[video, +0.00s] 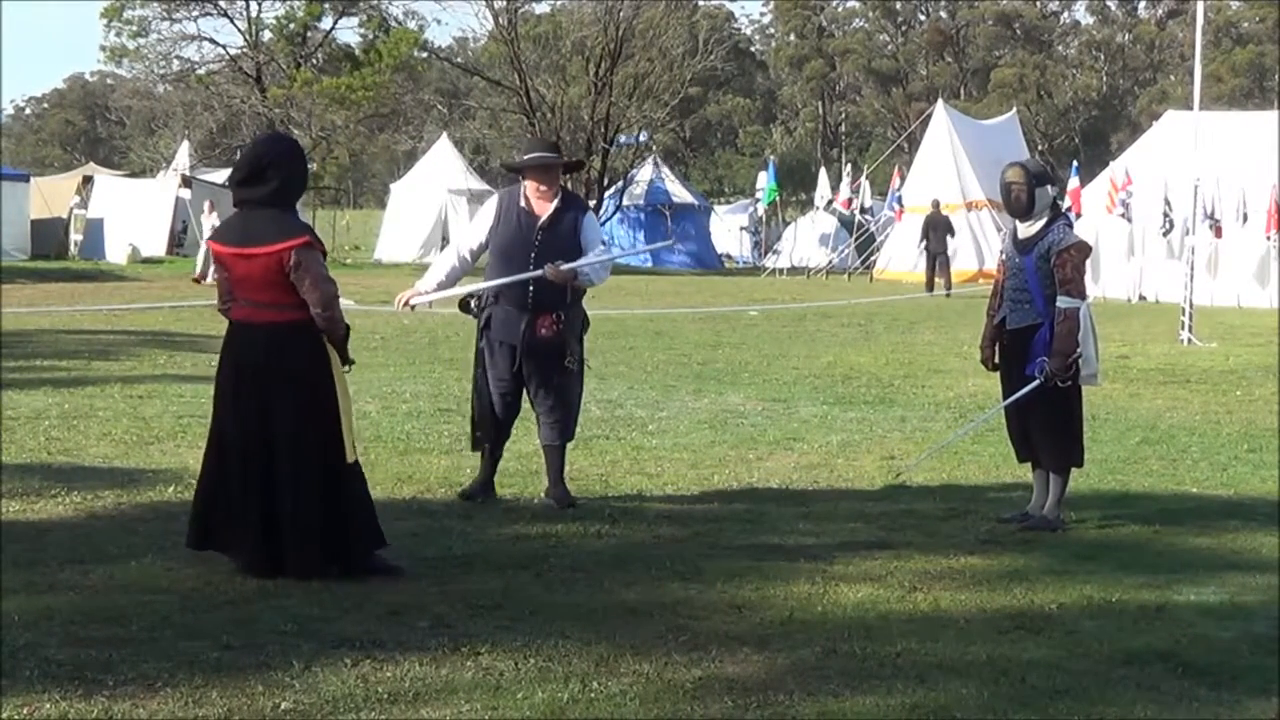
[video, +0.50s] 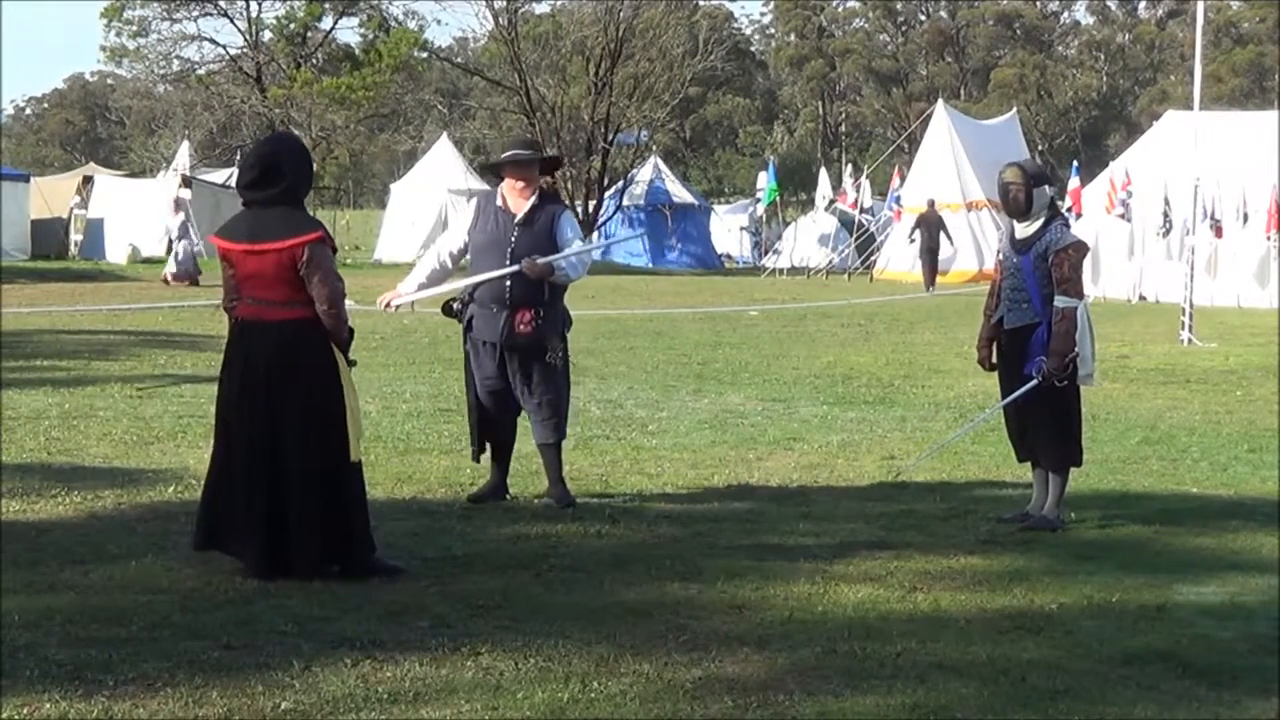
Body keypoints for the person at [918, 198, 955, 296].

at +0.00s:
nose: (933, 208)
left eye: (933, 206)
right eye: (936, 205)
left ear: (931, 206)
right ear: (939, 206)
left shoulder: (928, 217)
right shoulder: (945, 218)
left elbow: (924, 232)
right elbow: (952, 232)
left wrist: (921, 241)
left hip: (931, 247)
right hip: (942, 248)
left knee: (930, 269)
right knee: (945, 269)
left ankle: (929, 288)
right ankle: (947, 288)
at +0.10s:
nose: (933, 206)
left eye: (931, 204)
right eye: (934, 204)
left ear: (930, 205)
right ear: (937, 204)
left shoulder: (926, 216)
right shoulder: (942, 216)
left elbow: (922, 230)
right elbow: (949, 228)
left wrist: (917, 240)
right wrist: (952, 238)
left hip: (929, 245)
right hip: (940, 245)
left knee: (929, 267)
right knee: (943, 265)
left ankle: (929, 287)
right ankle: (945, 284)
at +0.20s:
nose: (932, 204)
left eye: (931, 202)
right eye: (934, 202)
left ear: (928, 203)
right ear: (936, 202)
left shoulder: (924, 214)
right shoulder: (940, 213)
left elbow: (917, 226)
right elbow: (947, 227)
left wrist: (913, 236)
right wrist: (953, 240)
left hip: (928, 244)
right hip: (938, 244)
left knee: (928, 266)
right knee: (939, 265)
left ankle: (929, 287)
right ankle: (939, 286)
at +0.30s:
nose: (932, 204)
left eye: (931, 202)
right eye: (933, 202)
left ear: (928, 202)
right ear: (935, 202)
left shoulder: (923, 213)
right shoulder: (940, 213)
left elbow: (916, 225)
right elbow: (946, 227)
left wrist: (912, 234)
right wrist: (952, 240)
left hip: (927, 243)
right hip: (937, 243)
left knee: (928, 265)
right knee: (938, 265)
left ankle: (929, 286)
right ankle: (936, 285)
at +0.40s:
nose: (931, 206)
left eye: (930, 204)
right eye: (932, 204)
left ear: (927, 204)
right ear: (935, 204)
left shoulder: (922, 215)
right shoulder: (939, 216)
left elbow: (914, 226)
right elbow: (945, 229)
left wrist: (909, 235)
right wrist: (951, 239)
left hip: (925, 244)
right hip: (935, 244)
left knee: (927, 265)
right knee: (935, 266)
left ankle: (929, 287)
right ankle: (932, 286)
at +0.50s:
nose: (930, 206)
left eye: (929, 204)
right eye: (932, 204)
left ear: (927, 205)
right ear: (934, 205)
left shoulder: (922, 216)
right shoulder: (938, 216)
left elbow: (914, 227)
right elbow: (945, 229)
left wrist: (910, 236)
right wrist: (950, 240)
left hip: (925, 245)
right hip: (935, 245)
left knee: (926, 265)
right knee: (934, 265)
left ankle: (927, 286)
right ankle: (932, 284)